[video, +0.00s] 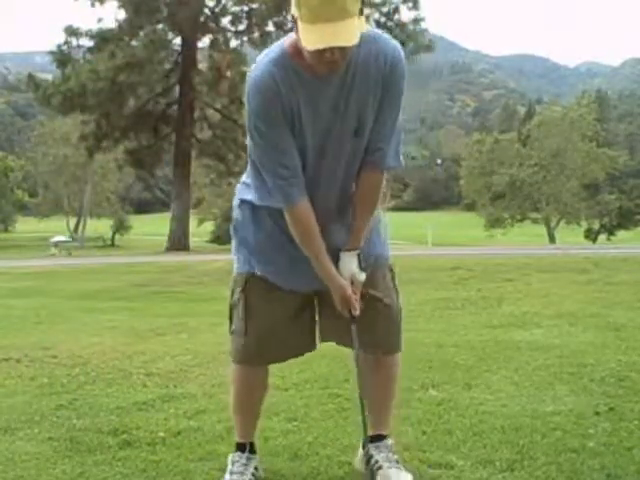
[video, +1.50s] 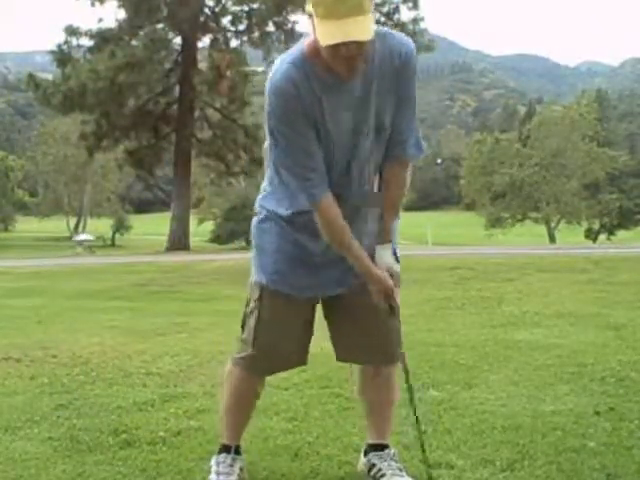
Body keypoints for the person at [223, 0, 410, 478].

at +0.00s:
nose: (329, 53)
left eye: (340, 41)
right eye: (317, 43)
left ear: (358, 23)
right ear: (295, 23)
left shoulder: (385, 59)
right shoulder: (268, 79)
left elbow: (376, 161)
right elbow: (288, 192)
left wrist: (353, 250)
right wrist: (330, 273)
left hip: (356, 221)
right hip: (274, 222)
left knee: (382, 328)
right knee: (251, 340)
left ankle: (379, 446)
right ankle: (243, 453)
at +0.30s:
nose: (365, 58)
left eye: (374, 48)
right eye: (352, 50)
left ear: (387, 27)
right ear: (326, 30)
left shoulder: (414, 64)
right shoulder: (296, 78)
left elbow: (402, 168)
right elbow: (315, 194)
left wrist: (374, 254)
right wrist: (349, 275)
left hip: (373, 221)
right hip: (293, 216)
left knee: (384, 339)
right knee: (253, 334)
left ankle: (379, 452)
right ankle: (233, 445)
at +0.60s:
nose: (366, 64)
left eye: (376, 52)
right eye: (353, 54)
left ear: (390, 32)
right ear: (327, 31)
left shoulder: (406, 67)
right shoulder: (294, 82)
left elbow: (394, 171)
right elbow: (310, 199)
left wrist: (370, 260)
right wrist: (347, 279)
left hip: (360, 225)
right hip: (283, 222)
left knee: (378, 340)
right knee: (250, 341)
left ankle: (380, 453)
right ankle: (229, 454)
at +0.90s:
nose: (342, 68)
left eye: (353, 56)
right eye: (329, 58)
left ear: (366, 36)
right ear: (307, 37)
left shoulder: (388, 71)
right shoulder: (274, 88)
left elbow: (376, 173)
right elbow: (292, 200)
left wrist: (352, 259)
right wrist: (328, 277)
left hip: (347, 227)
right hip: (270, 226)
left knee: (368, 342)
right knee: (244, 342)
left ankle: (377, 451)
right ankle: (226, 453)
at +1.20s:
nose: (335, 64)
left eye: (344, 52)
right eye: (321, 55)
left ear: (358, 31)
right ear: (299, 35)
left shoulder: (383, 65)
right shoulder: (269, 86)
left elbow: (375, 168)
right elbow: (290, 198)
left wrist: (353, 256)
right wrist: (329, 278)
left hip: (346, 225)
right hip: (270, 225)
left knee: (368, 338)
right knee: (243, 341)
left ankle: (377, 452)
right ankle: (225, 455)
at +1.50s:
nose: (352, 52)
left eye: (359, 41)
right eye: (339, 43)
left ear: (371, 23)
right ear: (314, 30)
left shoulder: (397, 56)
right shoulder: (288, 82)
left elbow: (398, 156)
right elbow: (315, 194)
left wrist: (387, 241)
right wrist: (365, 266)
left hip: (363, 229)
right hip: (291, 228)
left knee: (382, 346)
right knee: (259, 348)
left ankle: (379, 453)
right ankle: (228, 454)